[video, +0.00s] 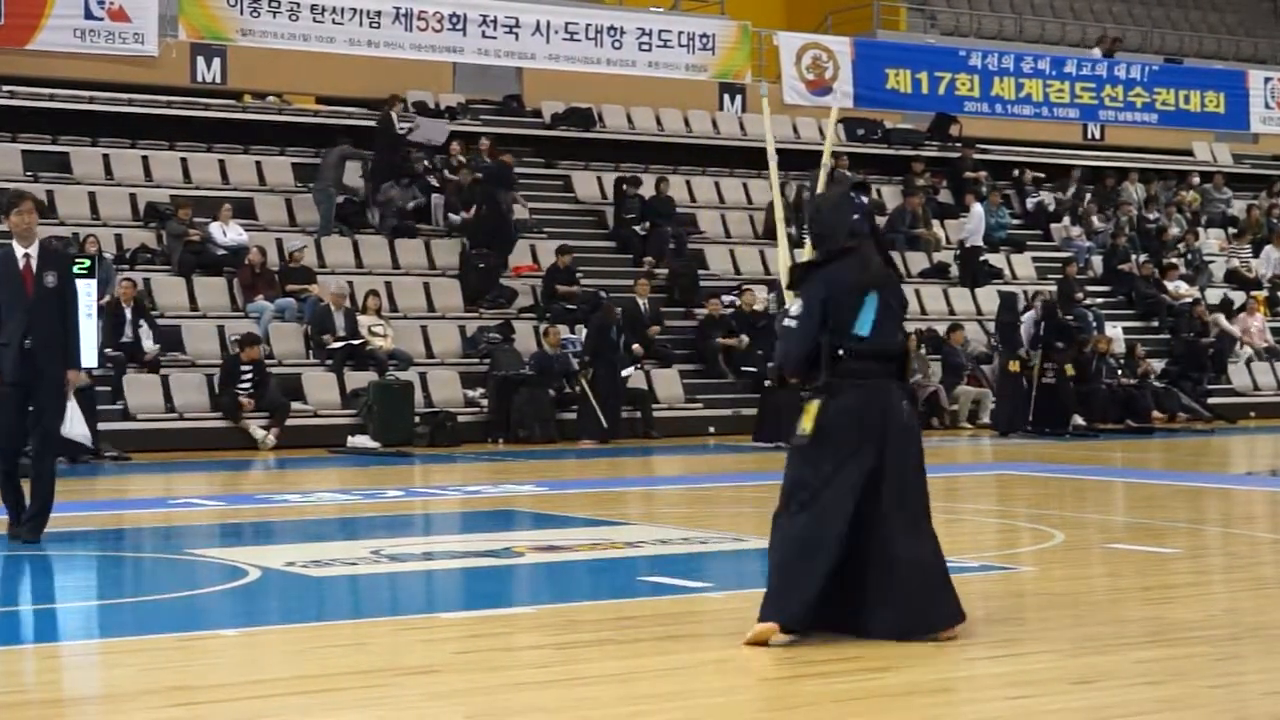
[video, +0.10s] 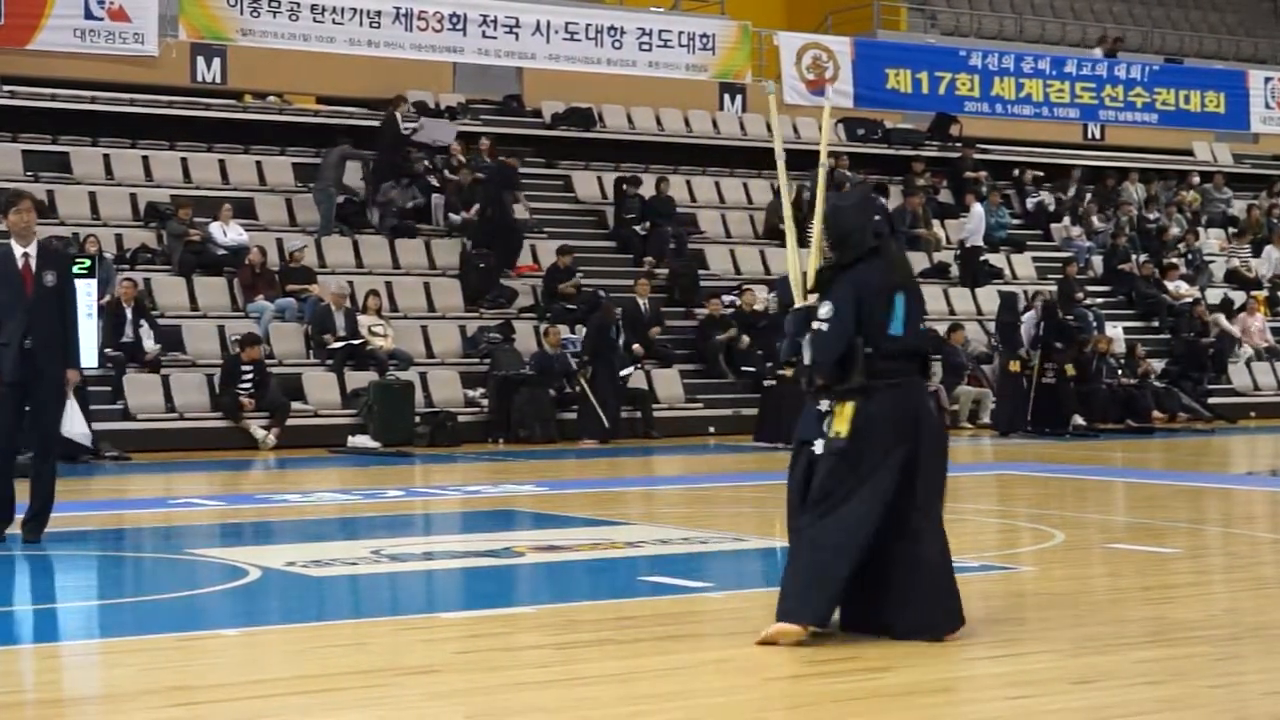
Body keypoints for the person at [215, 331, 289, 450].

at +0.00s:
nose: (259, 351)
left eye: (259, 348)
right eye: (256, 348)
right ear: (246, 349)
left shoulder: (259, 363)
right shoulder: (229, 363)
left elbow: (264, 385)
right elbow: (224, 388)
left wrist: (254, 400)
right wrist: (239, 399)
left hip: (255, 396)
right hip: (236, 397)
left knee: (283, 404)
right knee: (226, 402)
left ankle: (271, 436)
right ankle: (251, 428)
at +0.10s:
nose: (260, 351)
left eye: (259, 348)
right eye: (257, 348)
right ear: (247, 349)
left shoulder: (260, 363)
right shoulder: (230, 363)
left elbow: (264, 385)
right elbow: (225, 389)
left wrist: (255, 400)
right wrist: (240, 400)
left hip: (256, 396)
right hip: (237, 397)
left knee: (283, 404)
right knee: (226, 403)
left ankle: (271, 436)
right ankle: (252, 429)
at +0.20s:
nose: (261, 351)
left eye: (260, 348)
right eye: (258, 348)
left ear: (252, 349)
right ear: (248, 349)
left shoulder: (260, 363)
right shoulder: (231, 362)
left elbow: (265, 385)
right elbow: (225, 388)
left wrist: (256, 400)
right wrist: (240, 399)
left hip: (256, 396)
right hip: (237, 396)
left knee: (284, 404)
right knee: (226, 402)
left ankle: (272, 436)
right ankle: (251, 428)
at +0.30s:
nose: (262, 352)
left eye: (262, 348)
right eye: (259, 349)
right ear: (249, 350)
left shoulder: (261, 363)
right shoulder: (231, 362)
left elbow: (266, 386)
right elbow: (225, 389)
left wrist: (256, 400)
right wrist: (241, 399)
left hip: (257, 396)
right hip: (237, 396)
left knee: (284, 404)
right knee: (227, 403)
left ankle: (272, 436)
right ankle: (249, 430)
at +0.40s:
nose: (261, 351)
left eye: (261, 348)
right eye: (258, 349)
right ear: (248, 350)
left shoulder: (261, 363)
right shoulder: (231, 363)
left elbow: (265, 385)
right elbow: (225, 389)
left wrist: (255, 400)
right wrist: (240, 399)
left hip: (257, 396)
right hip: (237, 397)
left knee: (283, 403)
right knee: (226, 402)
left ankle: (271, 436)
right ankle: (249, 430)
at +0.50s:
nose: (261, 351)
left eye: (261, 348)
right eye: (258, 349)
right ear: (248, 349)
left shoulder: (261, 363)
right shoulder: (231, 362)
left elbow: (265, 385)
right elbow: (225, 389)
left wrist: (255, 400)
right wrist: (240, 399)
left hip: (256, 396)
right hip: (237, 396)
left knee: (283, 403)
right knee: (227, 402)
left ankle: (270, 435)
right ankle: (249, 430)